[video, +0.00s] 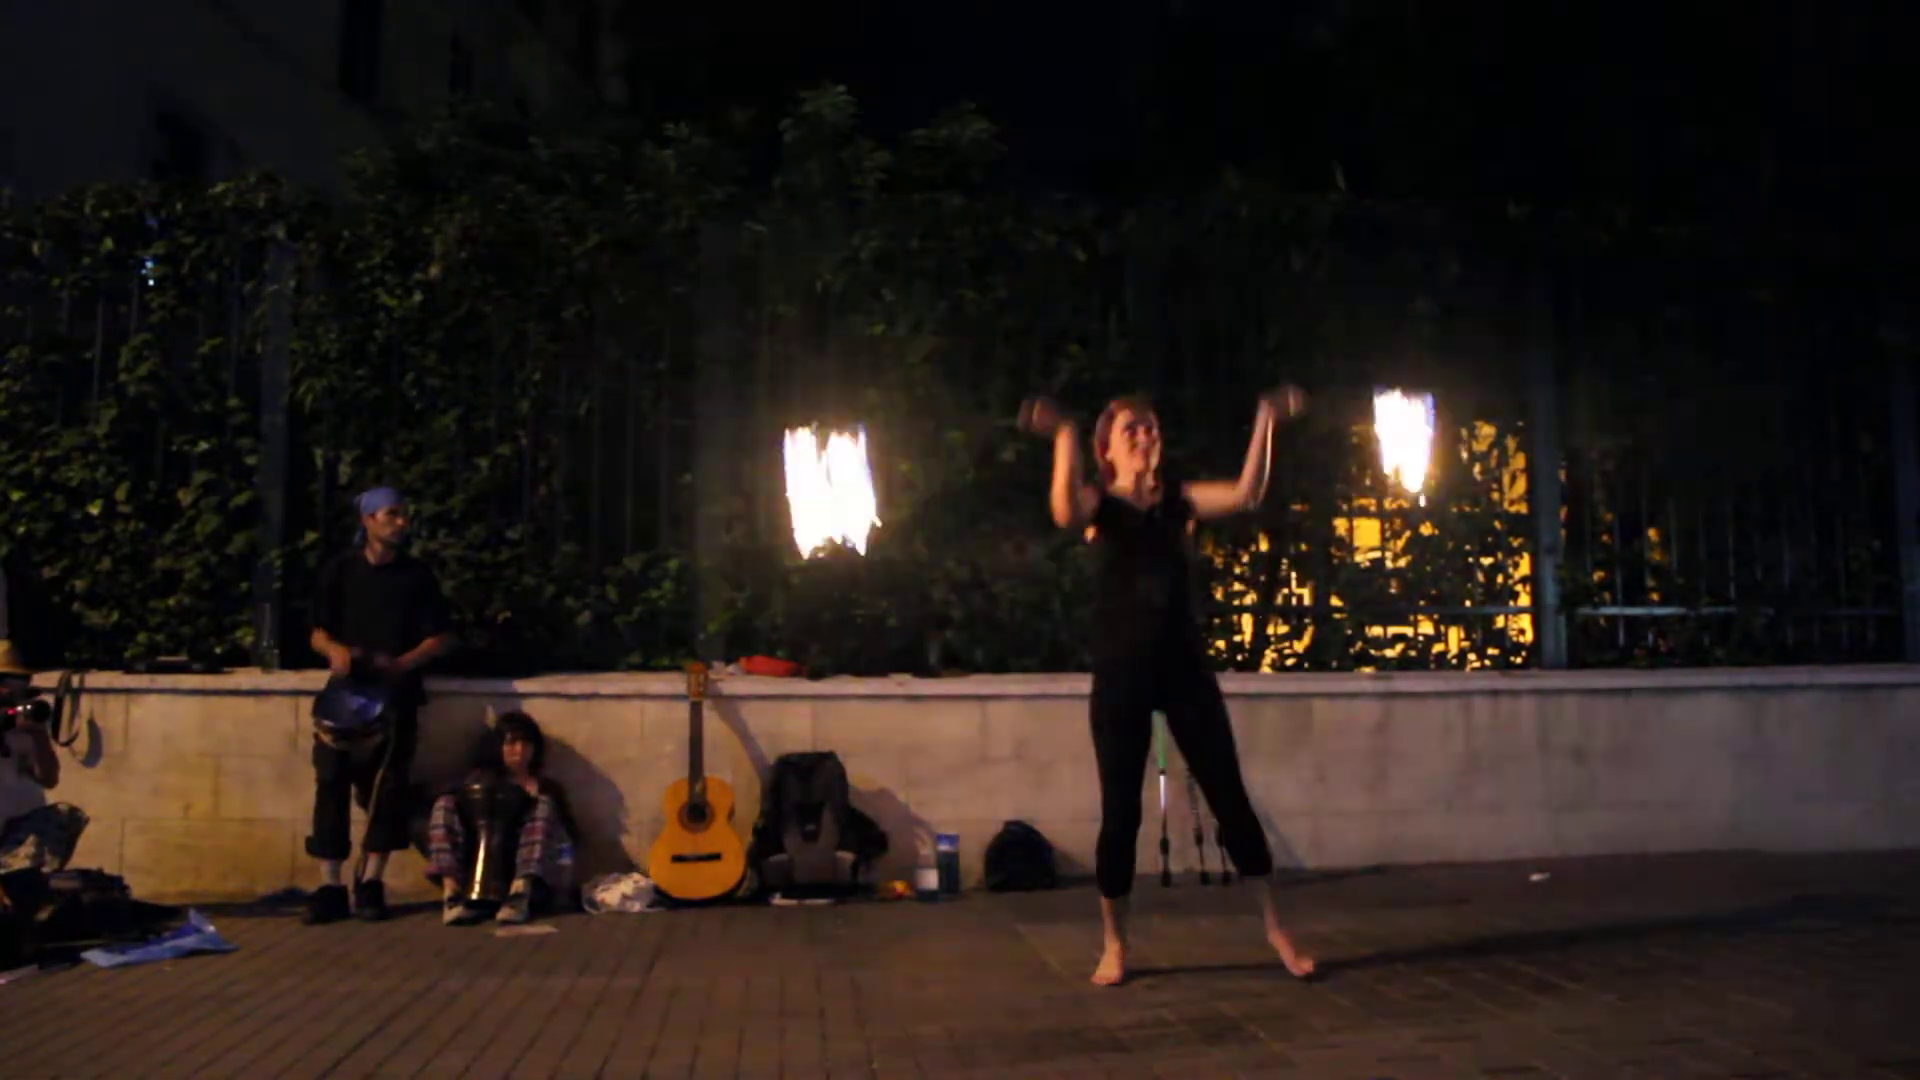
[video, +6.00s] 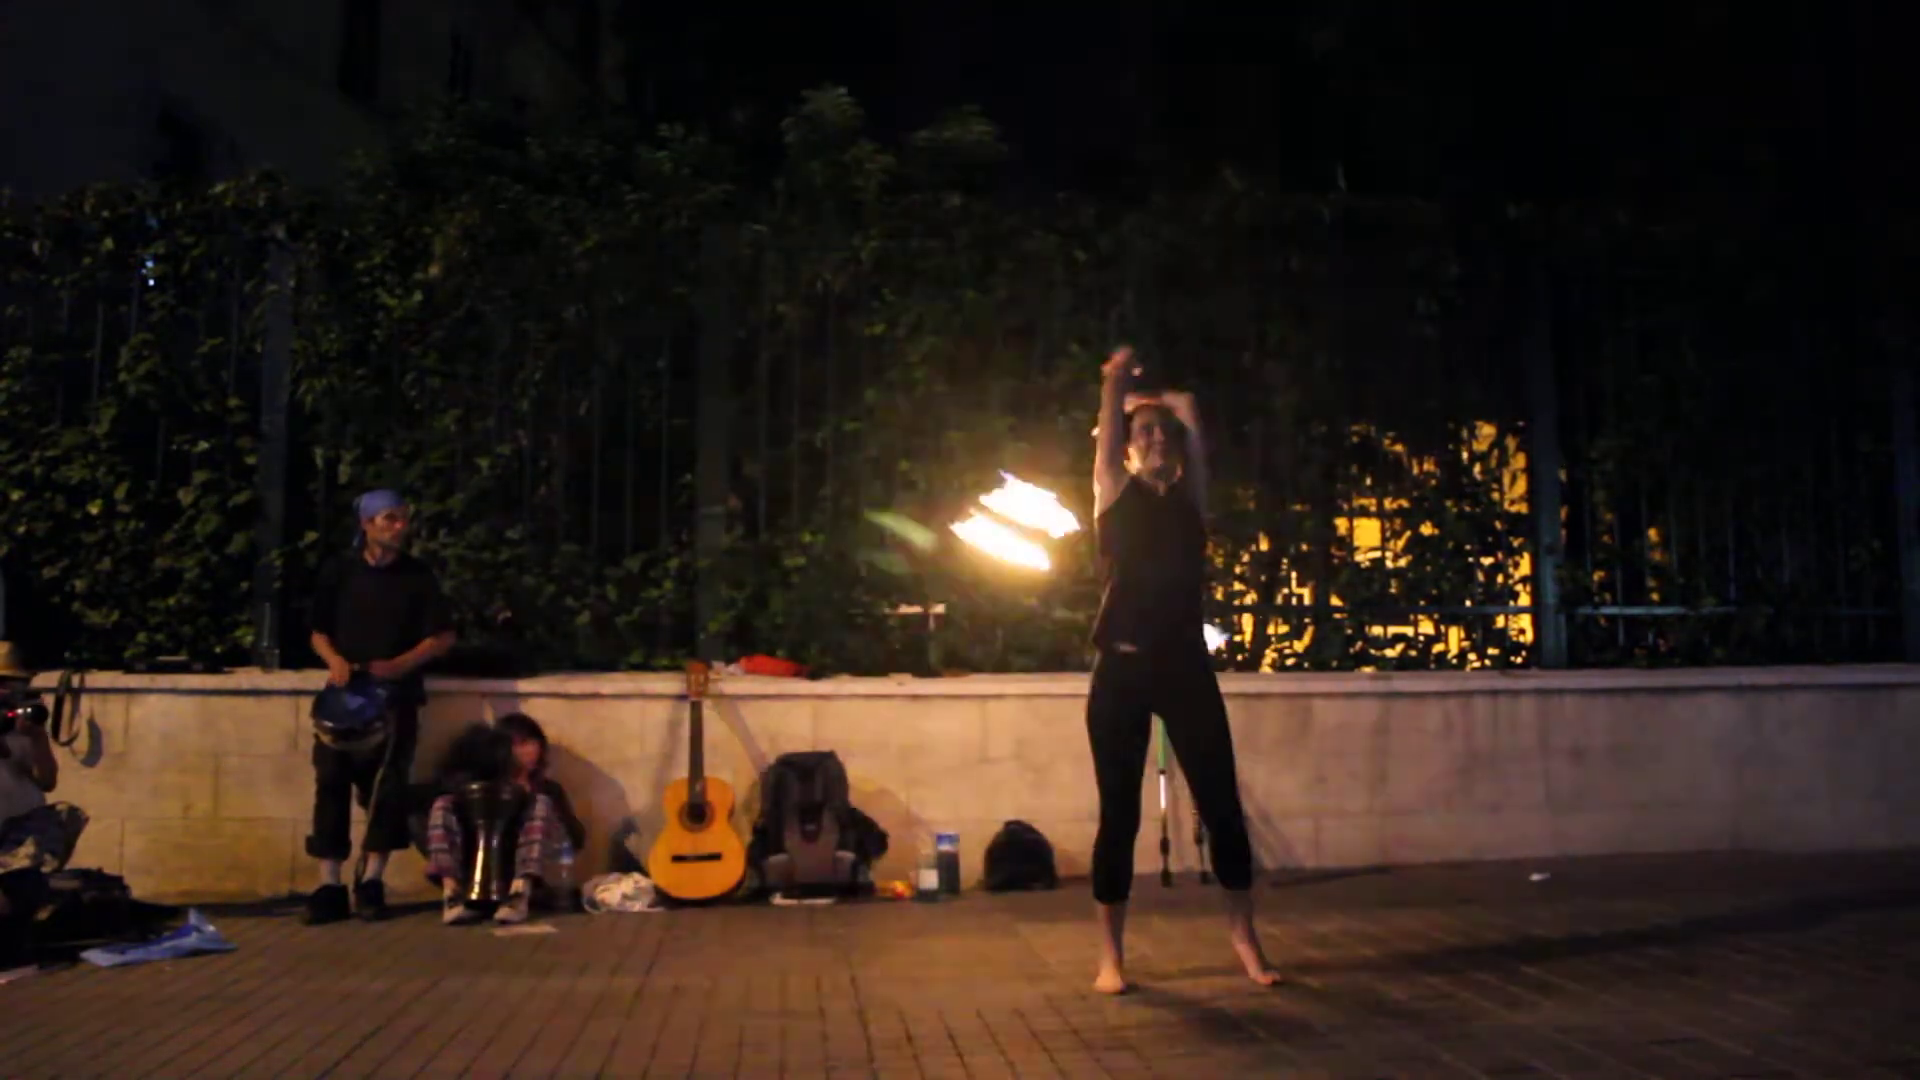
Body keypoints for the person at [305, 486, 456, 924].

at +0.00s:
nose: (402, 522)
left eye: (404, 515)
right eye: (392, 516)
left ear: (404, 522)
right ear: (368, 521)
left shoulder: (417, 574)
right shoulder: (340, 571)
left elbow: (440, 637)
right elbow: (317, 633)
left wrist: (399, 664)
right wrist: (336, 652)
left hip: (396, 694)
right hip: (345, 691)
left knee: (390, 784)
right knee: (331, 783)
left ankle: (370, 881)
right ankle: (331, 883)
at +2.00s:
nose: (400, 525)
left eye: (402, 518)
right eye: (391, 518)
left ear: (403, 524)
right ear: (367, 523)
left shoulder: (416, 575)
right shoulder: (338, 573)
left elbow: (442, 635)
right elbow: (315, 630)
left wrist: (399, 666)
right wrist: (334, 663)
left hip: (394, 696)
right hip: (342, 693)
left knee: (387, 787)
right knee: (330, 784)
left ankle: (370, 880)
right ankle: (329, 882)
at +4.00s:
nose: (398, 525)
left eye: (401, 518)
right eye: (389, 518)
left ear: (406, 523)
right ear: (367, 523)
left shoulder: (417, 575)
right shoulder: (340, 572)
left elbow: (442, 637)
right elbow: (318, 631)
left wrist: (401, 666)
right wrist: (332, 640)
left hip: (396, 691)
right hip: (345, 688)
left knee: (389, 784)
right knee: (331, 783)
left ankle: (371, 880)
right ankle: (330, 883)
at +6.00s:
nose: (401, 527)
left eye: (403, 520)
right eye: (391, 520)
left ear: (406, 525)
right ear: (367, 525)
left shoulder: (418, 575)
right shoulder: (340, 572)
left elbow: (442, 637)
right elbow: (316, 630)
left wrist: (395, 666)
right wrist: (334, 660)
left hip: (395, 696)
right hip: (344, 692)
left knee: (388, 786)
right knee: (331, 784)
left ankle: (371, 880)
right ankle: (330, 882)